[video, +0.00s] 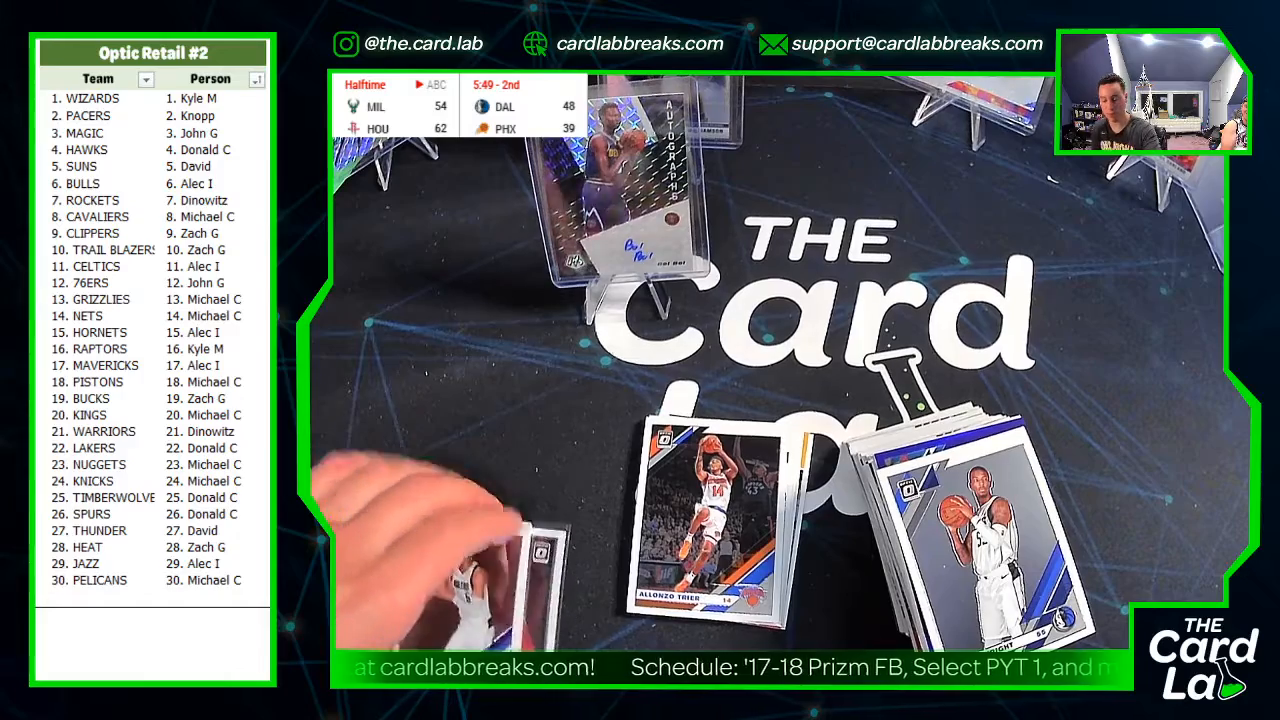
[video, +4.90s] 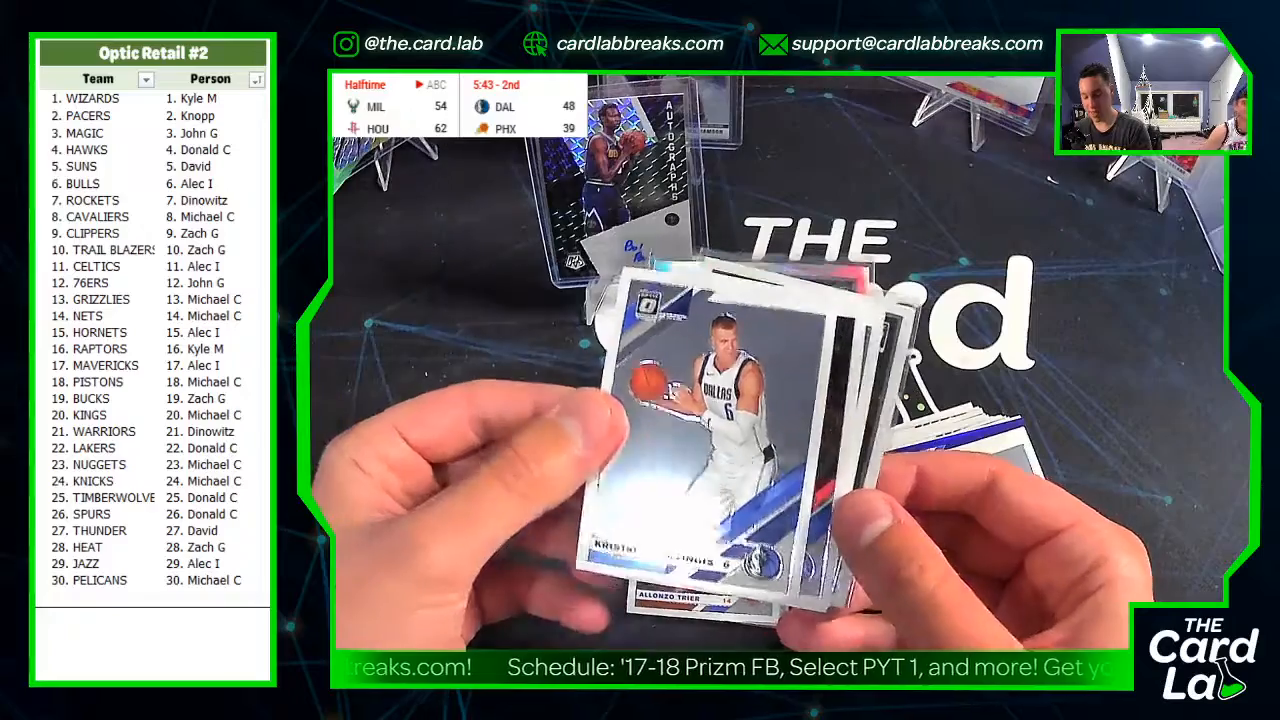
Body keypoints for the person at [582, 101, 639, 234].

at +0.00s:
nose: (615, 119)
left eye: (617, 115)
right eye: (611, 115)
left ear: (620, 118)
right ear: (602, 118)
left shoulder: (616, 141)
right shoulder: (598, 140)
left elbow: (621, 176)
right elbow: (607, 176)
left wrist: (633, 153)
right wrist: (623, 155)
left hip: (612, 187)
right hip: (595, 190)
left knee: (623, 229)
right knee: (595, 236)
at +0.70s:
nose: (616, 119)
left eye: (618, 115)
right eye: (612, 115)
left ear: (620, 118)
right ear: (602, 118)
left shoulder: (617, 142)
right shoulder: (598, 140)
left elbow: (619, 179)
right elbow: (606, 176)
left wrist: (632, 157)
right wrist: (624, 154)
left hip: (611, 189)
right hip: (597, 190)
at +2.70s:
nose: (617, 118)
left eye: (618, 115)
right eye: (613, 115)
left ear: (620, 117)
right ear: (603, 119)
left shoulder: (618, 142)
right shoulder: (598, 141)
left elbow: (623, 176)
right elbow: (606, 176)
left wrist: (634, 154)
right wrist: (625, 154)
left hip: (613, 190)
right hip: (597, 192)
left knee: (624, 229)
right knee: (601, 235)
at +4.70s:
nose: (617, 118)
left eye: (618, 115)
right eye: (612, 116)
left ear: (620, 117)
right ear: (603, 119)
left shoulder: (617, 142)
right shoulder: (598, 141)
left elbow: (619, 178)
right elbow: (606, 176)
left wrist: (631, 156)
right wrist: (624, 154)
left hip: (612, 189)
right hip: (596, 192)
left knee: (625, 230)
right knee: (600, 236)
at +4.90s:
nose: (617, 119)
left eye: (618, 115)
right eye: (612, 116)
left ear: (620, 117)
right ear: (603, 119)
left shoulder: (617, 142)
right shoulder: (598, 141)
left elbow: (619, 179)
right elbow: (606, 176)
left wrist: (631, 157)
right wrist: (624, 155)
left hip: (611, 190)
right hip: (596, 192)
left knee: (624, 230)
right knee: (600, 237)